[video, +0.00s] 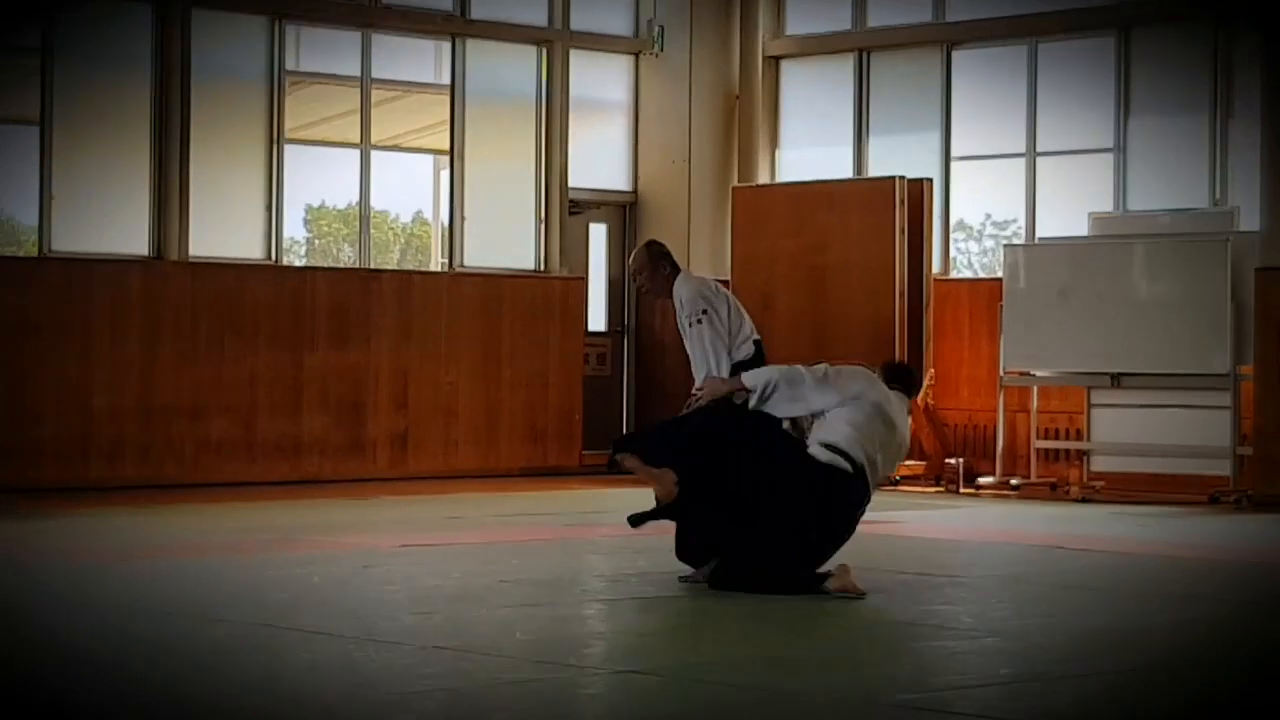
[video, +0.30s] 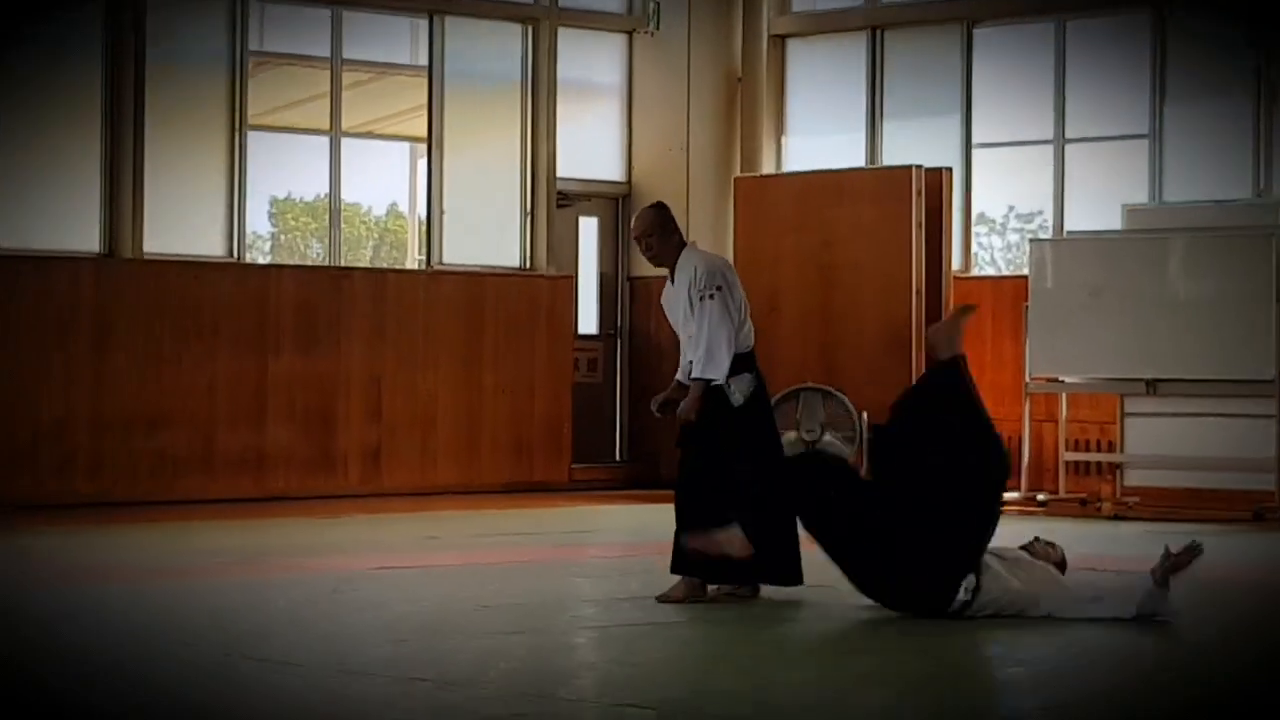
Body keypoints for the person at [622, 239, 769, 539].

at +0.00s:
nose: (637, 284)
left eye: (639, 275)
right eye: (634, 277)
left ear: (663, 268)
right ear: (666, 268)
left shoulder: (692, 294)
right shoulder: (686, 292)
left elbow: (714, 363)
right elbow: (701, 352)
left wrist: (704, 410)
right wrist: (699, 391)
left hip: (737, 370)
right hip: (730, 370)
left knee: (730, 462)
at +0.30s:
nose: (643, 248)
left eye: (647, 239)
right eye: (638, 242)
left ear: (668, 232)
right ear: (643, 244)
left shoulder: (705, 269)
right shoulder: (674, 286)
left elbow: (714, 338)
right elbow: (692, 344)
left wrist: (695, 394)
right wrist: (676, 387)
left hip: (730, 387)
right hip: (709, 387)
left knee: (696, 480)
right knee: (733, 480)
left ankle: (692, 577)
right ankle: (742, 577)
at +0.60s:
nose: (605, 211)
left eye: (615, 203)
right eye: (600, 203)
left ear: (637, 206)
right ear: (595, 209)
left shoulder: (657, 256)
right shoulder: (611, 265)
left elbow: (658, 331)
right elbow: (606, 333)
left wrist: (633, 391)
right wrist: (584, 376)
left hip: (653, 382)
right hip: (624, 382)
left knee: (614, 486)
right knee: (676, 484)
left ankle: (601, 589)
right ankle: (693, 580)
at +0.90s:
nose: (488, 196)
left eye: (497, 189)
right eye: (481, 188)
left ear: (511, 197)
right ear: (468, 194)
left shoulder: (520, 255)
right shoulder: (450, 252)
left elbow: (522, 330)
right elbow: (434, 313)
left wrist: (493, 386)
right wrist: (422, 370)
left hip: (491, 372)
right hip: (448, 368)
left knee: (482, 477)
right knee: (447, 474)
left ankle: (479, 585)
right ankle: (461, 582)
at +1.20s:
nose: (466, 199)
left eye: (472, 191)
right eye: (456, 190)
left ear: (477, 196)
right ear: (432, 194)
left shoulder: (485, 254)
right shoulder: (402, 249)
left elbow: (497, 324)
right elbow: (376, 312)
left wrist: (495, 388)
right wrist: (356, 370)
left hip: (464, 371)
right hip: (412, 369)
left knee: (453, 478)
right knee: (410, 474)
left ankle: (435, 585)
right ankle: (413, 583)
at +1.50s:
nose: (469, 193)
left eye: (471, 184)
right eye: (458, 186)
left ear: (475, 188)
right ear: (431, 193)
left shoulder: (490, 248)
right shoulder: (408, 251)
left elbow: (516, 318)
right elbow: (385, 322)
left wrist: (529, 384)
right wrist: (364, 391)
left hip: (479, 372)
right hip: (429, 372)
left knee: (469, 481)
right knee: (430, 480)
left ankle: (441, 589)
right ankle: (433, 595)